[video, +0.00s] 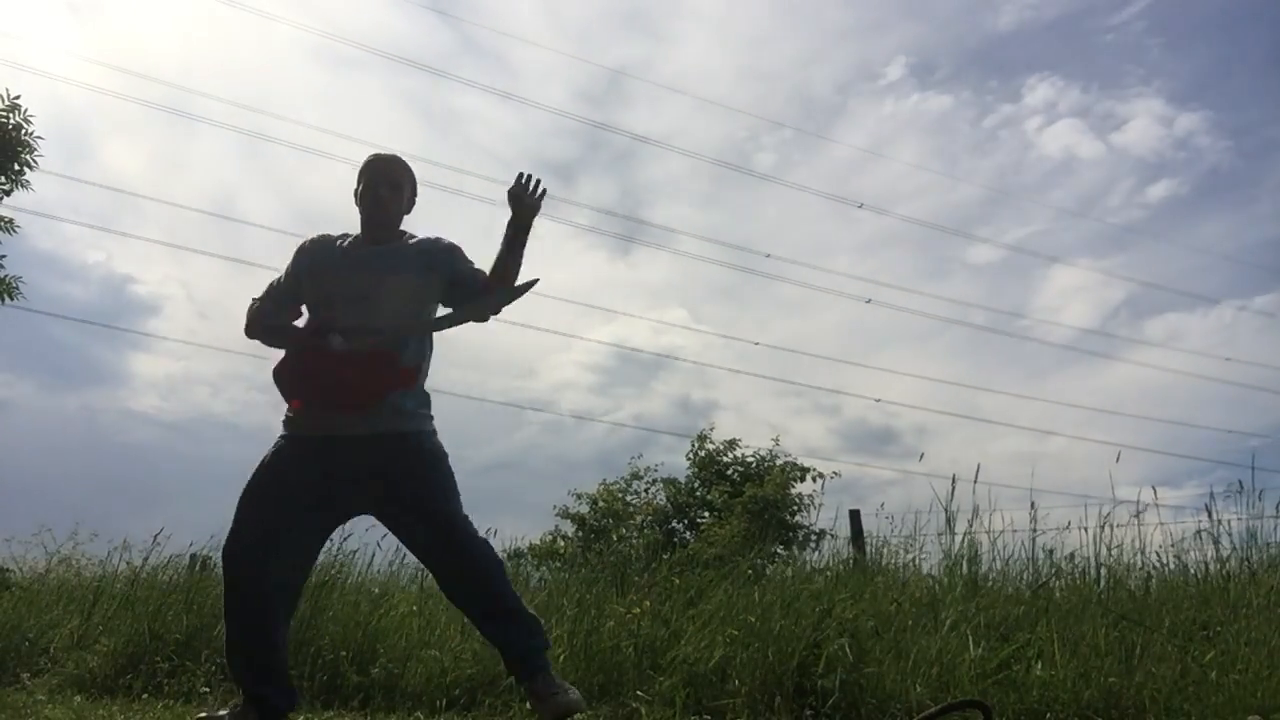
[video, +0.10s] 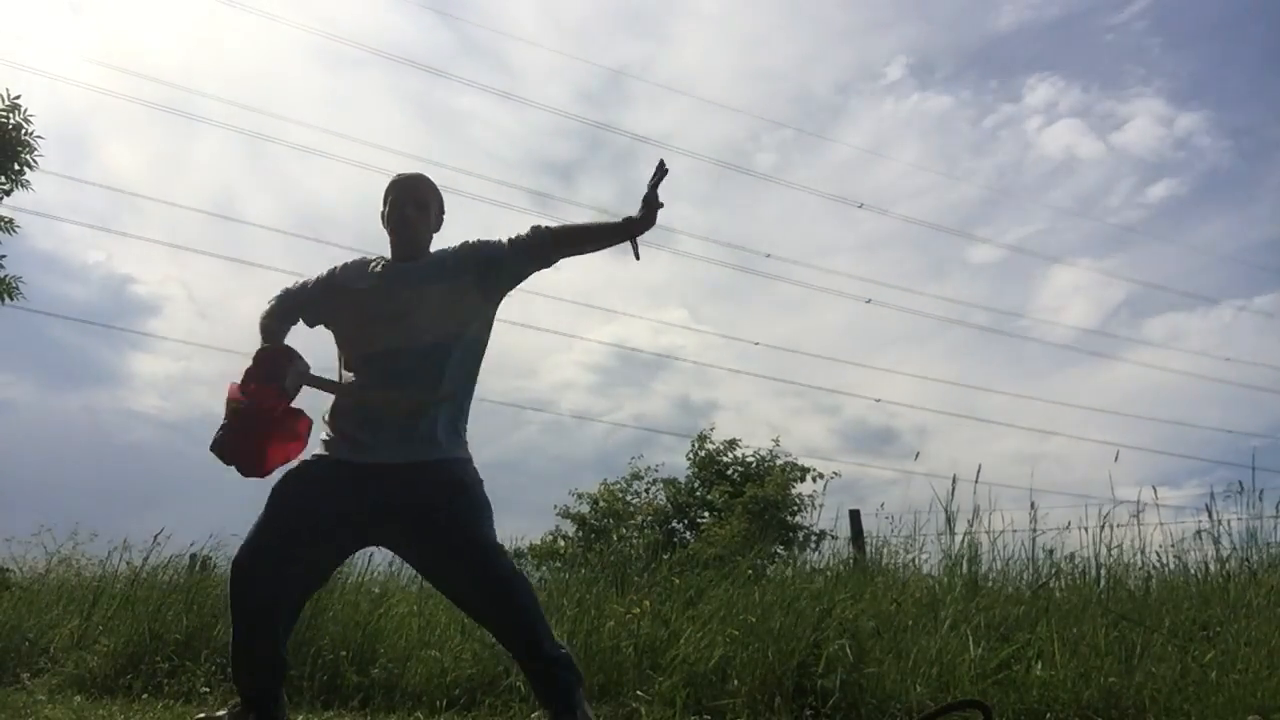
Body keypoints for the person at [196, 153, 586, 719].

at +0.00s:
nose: (378, 194)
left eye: (391, 186)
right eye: (370, 184)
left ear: (410, 201)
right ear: (356, 194)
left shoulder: (433, 257)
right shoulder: (319, 256)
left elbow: (489, 297)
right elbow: (259, 321)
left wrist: (519, 223)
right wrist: (307, 340)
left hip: (401, 445)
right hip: (312, 445)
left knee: (456, 549)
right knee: (249, 558)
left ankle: (539, 677)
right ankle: (264, 699)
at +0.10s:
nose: (402, 213)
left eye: (416, 204)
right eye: (394, 204)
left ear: (439, 219)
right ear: (381, 217)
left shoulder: (477, 268)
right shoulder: (349, 281)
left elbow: (550, 244)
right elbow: (283, 307)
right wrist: (273, 348)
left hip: (436, 477)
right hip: (340, 474)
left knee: (493, 588)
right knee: (256, 578)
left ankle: (566, 698)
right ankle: (259, 702)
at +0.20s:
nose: (448, 213)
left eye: (461, 204)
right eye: (438, 204)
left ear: (480, 218)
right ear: (422, 217)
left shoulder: (514, 276)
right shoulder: (391, 277)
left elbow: (590, 269)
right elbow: (314, 302)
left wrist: (653, 223)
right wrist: (320, 342)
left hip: (476, 470)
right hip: (381, 470)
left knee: (534, 591)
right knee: (298, 577)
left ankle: (572, 705)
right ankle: (261, 695)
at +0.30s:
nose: (486, 194)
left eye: (497, 185)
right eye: (475, 186)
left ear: (517, 200)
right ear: (460, 199)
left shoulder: (544, 271)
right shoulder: (428, 250)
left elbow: (615, 289)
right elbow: (333, 257)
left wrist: (616, 223)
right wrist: (406, 304)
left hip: (502, 464)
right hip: (408, 462)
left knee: (560, 610)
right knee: (337, 591)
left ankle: (578, 710)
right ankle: (269, 703)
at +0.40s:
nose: (496, 185)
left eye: (509, 176)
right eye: (484, 178)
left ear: (528, 192)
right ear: (469, 190)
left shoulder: (548, 256)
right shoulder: (449, 226)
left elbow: (596, 307)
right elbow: (443, 207)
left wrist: (553, 243)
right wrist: (533, 239)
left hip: (514, 451)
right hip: (429, 445)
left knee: (559, 582)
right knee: (356, 575)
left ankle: (579, 708)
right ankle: (271, 700)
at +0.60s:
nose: (475, 202)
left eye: (486, 192)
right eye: (465, 194)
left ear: (513, 200)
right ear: (457, 205)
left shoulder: (547, 270)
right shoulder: (442, 248)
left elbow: (575, 345)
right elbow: (464, 286)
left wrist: (527, 325)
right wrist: (563, 273)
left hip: (522, 453)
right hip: (436, 449)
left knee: (573, 579)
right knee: (356, 580)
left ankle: (574, 706)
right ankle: (292, 705)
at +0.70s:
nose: (445, 213)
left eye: (457, 200)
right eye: (439, 207)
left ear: (492, 203)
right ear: (438, 217)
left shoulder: (537, 268)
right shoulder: (427, 270)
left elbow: (555, 343)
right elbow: (396, 331)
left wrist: (482, 347)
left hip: (514, 456)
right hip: (432, 452)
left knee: (554, 568)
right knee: (352, 564)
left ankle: (574, 706)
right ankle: (288, 702)